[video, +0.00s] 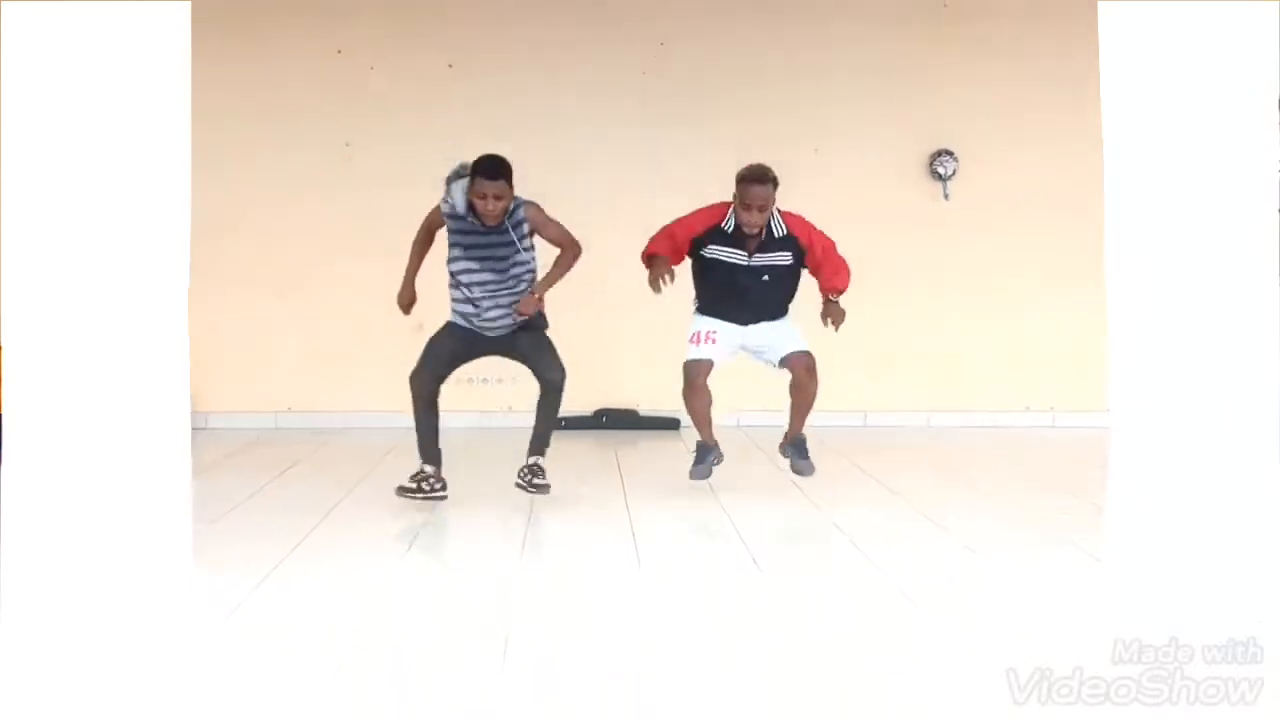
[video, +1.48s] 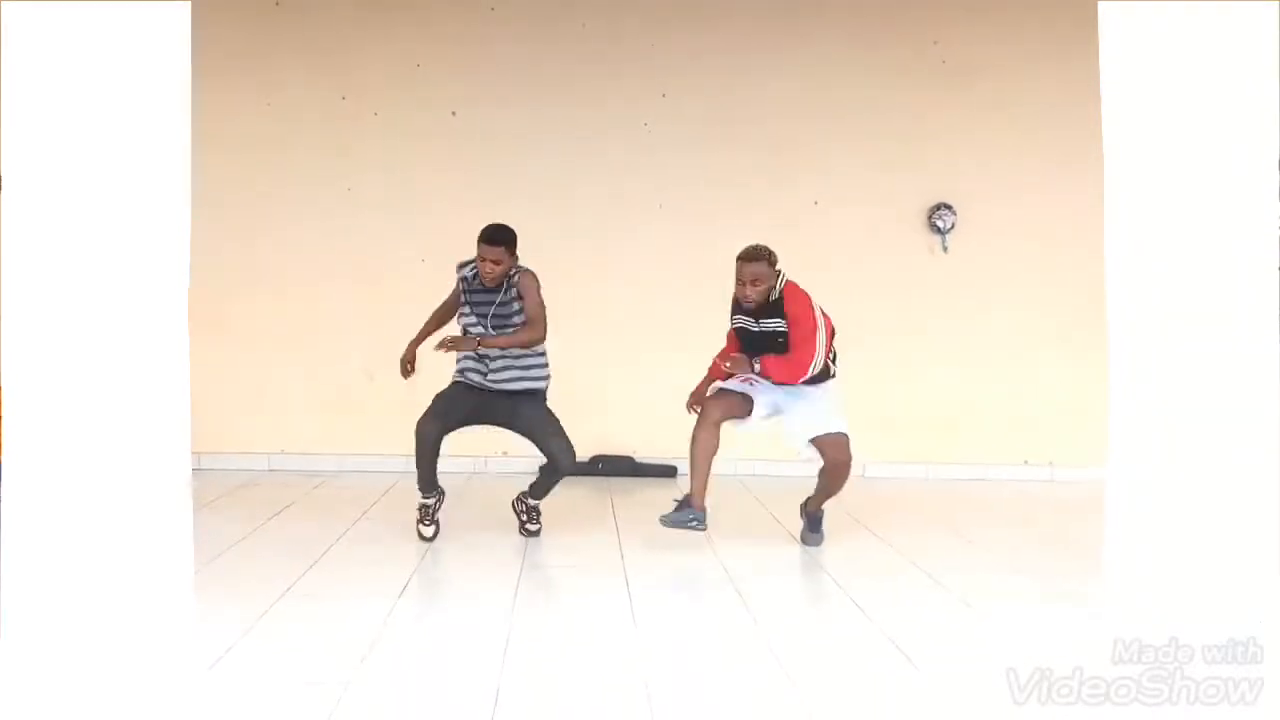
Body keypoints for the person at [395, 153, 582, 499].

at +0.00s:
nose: (490, 205)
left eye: (498, 197)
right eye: (482, 197)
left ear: (510, 193)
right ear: (470, 191)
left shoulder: (527, 214)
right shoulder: (453, 209)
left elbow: (572, 248)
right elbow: (429, 228)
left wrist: (539, 292)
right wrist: (408, 282)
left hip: (519, 329)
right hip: (466, 328)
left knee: (553, 377)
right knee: (422, 381)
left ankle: (534, 464)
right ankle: (430, 473)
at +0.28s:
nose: (497, 349)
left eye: (506, 342)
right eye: (490, 340)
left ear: (519, 335)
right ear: (480, 331)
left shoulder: (533, 351)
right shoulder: (463, 340)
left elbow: (574, 386)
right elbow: (429, 351)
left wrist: (523, 419)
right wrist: (396, 396)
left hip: (518, 433)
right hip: (474, 431)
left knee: (554, 440)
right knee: (417, 429)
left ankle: (534, 494)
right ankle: (458, 487)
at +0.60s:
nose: (495, 262)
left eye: (504, 254)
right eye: (489, 253)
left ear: (518, 249)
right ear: (480, 246)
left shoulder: (534, 279)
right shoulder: (462, 267)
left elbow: (551, 344)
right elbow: (431, 302)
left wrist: (510, 385)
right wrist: (411, 355)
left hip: (530, 368)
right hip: (484, 366)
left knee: (540, 422)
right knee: (449, 420)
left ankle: (548, 499)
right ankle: (397, 461)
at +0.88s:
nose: (497, 273)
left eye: (506, 266)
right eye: (492, 265)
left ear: (523, 264)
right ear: (485, 261)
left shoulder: (540, 289)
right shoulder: (469, 290)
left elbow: (560, 335)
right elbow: (446, 321)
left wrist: (504, 342)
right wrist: (426, 368)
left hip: (522, 394)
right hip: (472, 392)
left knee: (556, 443)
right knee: (425, 436)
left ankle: (536, 493)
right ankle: (462, 499)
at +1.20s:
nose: (489, 347)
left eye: (498, 340)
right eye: (483, 339)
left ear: (512, 338)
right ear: (475, 336)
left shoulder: (532, 362)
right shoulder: (460, 359)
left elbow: (577, 398)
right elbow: (430, 396)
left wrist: (544, 433)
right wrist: (407, 437)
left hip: (524, 438)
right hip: (481, 437)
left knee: (552, 469)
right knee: (428, 447)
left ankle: (544, 504)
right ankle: (461, 505)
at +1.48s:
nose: (486, 267)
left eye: (495, 262)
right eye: (482, 259)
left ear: (512, 259)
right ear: (476, 253)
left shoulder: (524, 280)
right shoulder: (466, 275)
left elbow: (537, 333)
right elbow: (449, 308)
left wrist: (478, 342)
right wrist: (413, 345)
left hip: (521, 395)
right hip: (470, 390)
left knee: (564, 460)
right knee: (427, 430)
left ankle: (529, 501)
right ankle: (430, 498)